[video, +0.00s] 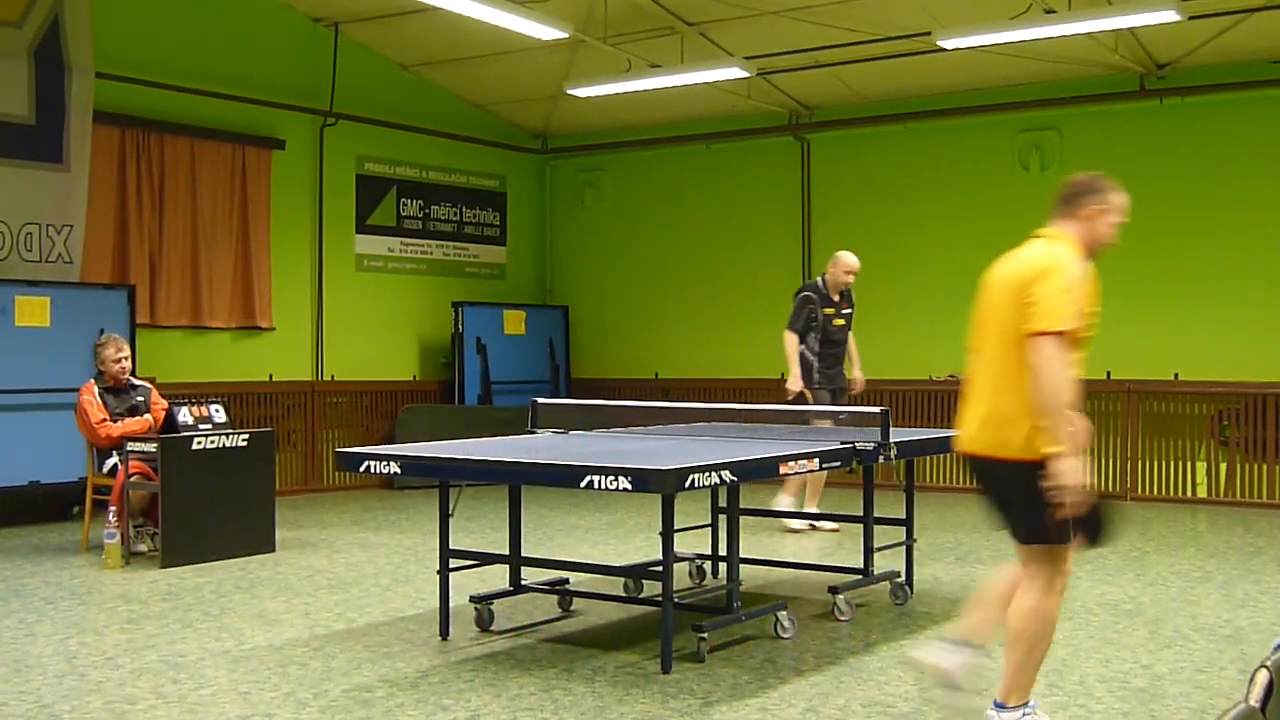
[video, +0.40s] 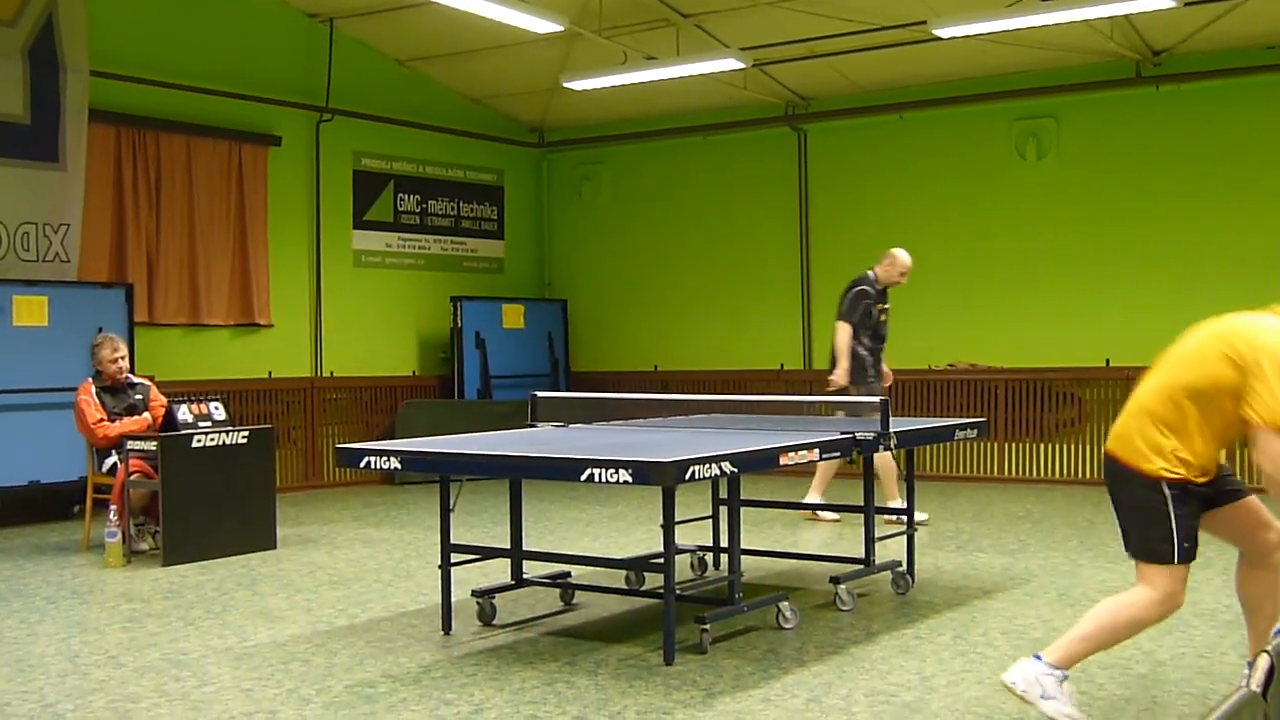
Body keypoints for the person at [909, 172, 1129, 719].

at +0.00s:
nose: (1118, 234)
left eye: (1121, 222)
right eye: (1116, 221)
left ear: (1074, 210)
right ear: (1091, 212)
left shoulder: (1015, 260)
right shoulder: (1064, 263)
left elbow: (1001, 356)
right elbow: (1047, 353)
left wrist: (1065, 413)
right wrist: (1064, 449)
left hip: (989, 441)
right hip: (1024, 446)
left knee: (1038, 554)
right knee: (1049, 569)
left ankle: (957, 643)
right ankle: (1012, 704)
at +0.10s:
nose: (1157, 237)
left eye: (1161, 225)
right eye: (1156, 224)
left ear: (1113, 213)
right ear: (1129, 214)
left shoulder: (1052, 261)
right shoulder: (1102, 260)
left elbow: (1022, 353)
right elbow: (1097, 353)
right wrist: (1133, 448)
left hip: (1036, 435)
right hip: (1056, 440)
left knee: (1113, 537)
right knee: (1056, 573)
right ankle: (1012, 705)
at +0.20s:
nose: (1226, 260)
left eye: (1230, 249)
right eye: (1224, 246)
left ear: (1186, 235)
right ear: (1197, 234)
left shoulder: (1134, 273)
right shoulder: (1169, 276)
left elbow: (1099, 379)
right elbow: (1172, 368)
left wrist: (1149, 439)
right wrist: (1218, 453)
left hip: (1114, 447)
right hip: (1093, 445)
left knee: (1172, 549)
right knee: (1089, 579)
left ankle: (1216, 670)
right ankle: (1016, 701)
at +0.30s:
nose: (1272, 285)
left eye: (1274, 273)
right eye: (1271, 271)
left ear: (1239, 259)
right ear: (1249, 261)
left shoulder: (1189, 294)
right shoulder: (1207, 300)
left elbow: (1141, 398)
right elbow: (1216, 394)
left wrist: (1189, 460)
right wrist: (1262, 470)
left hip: (1156, 457)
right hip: (1119, 457)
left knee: (1221, 547)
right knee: (1128, 587)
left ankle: (1259, 666)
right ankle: (1024, 689)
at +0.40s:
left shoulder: (1264, 332)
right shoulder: (1268, 342)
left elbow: (1263, 447)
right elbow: (1269, 455)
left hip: (1192, 461)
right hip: (1147, 461)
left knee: (1265, 539)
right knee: (1162, 593)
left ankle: (1264, 666)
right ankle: (1044, 669)